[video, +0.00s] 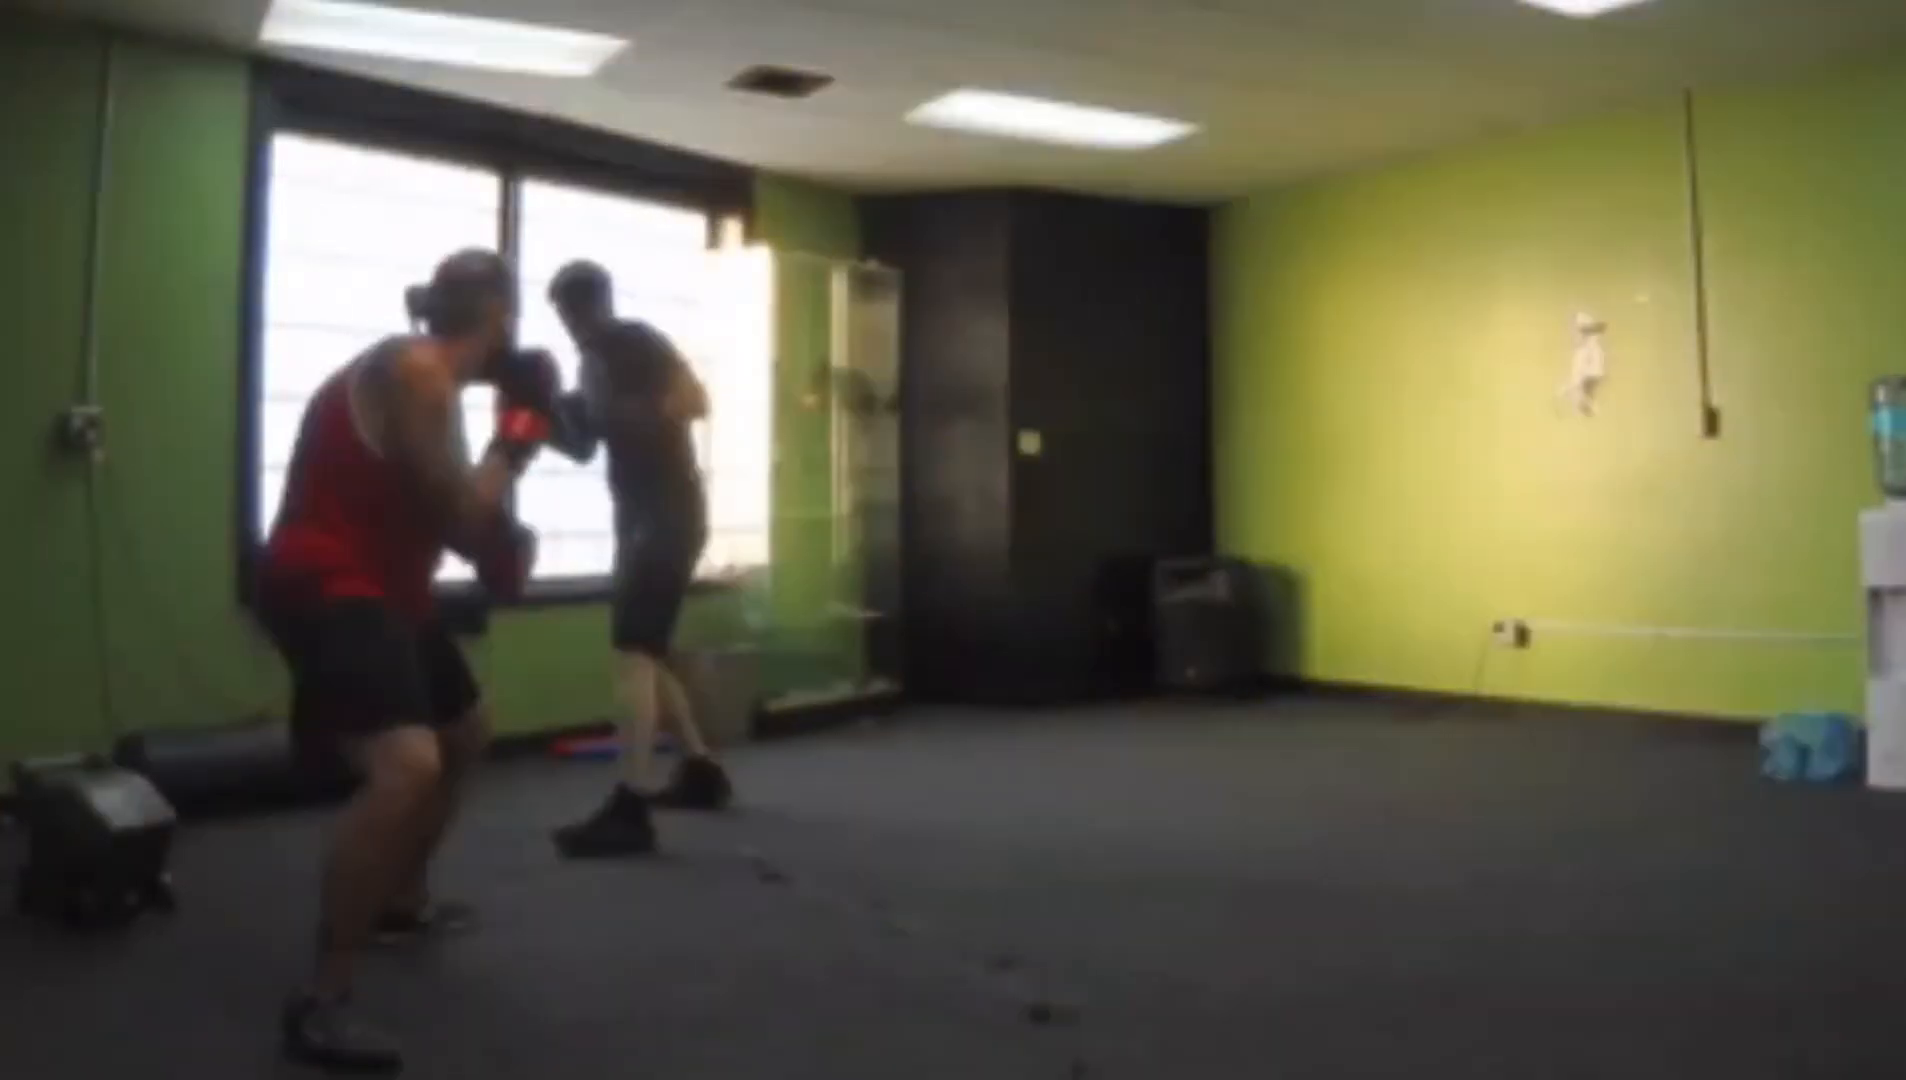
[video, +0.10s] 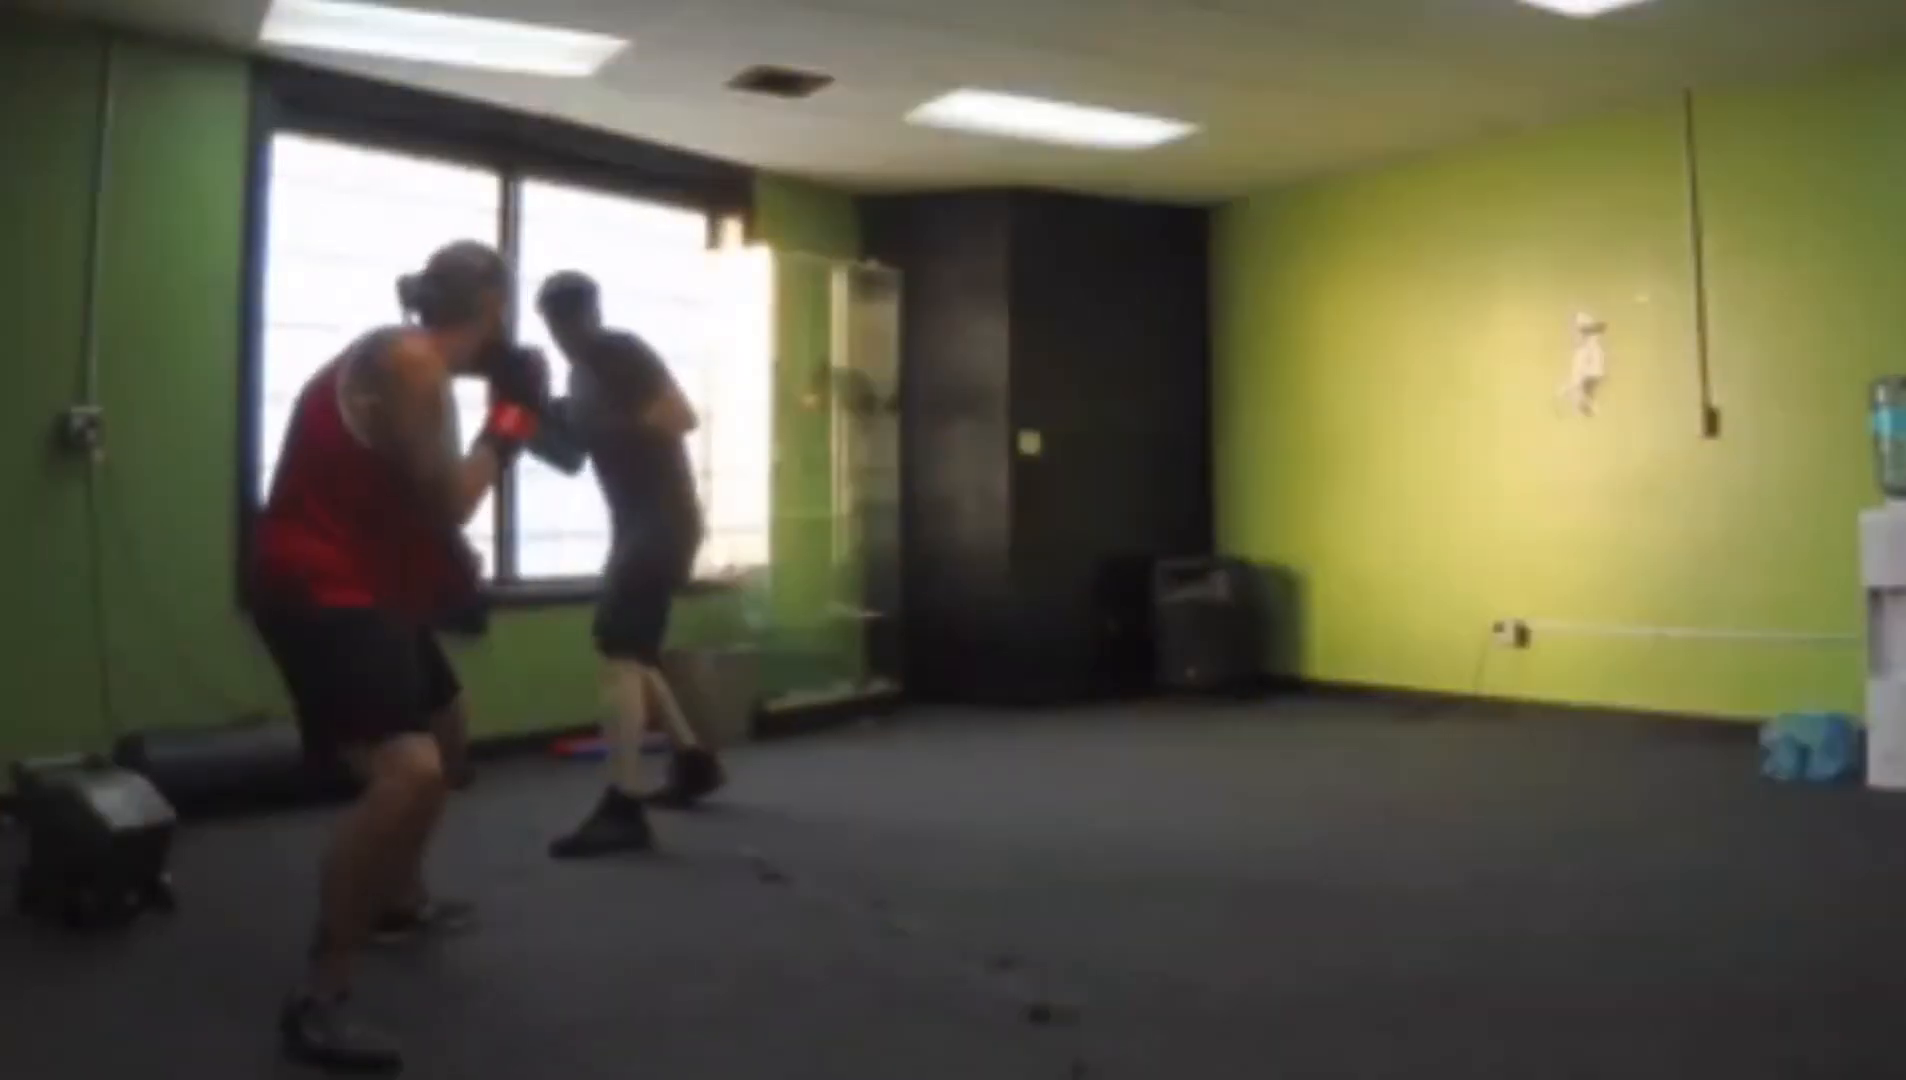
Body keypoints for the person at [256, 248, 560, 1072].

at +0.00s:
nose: (512, 336)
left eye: (510, 322)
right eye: (509, 320)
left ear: (443, 307)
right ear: (488, 318)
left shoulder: (415, 372)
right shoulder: (413, 369)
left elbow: (441, 502)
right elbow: (462, 513)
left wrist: (496, 546)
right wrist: (515, 437)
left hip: (383, 590)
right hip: (331, 588)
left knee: (459, 733)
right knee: (405, 767)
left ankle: (398, 900)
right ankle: (325, 1001)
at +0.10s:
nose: (506, 327)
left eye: (504, 313)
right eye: (503, 312)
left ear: (436, 298)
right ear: (481, 310)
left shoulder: (398, 358)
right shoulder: (407, 361)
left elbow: (425, 496)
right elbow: (446, 504)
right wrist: (505, 427)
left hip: (368, 588)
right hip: (321, 587)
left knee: (440, 732)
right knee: (405, 770)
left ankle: (397, 901)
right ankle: (322, 998)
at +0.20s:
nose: (495, 311)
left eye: (494, 295)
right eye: (490, 294)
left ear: (424, 279)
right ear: (462, 290)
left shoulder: (386, 336)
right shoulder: (406, 339)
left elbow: (405, 474)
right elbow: (446, 481)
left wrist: (433, 539)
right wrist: (497, 413)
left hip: (345, 580)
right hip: (330, 582)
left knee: (404, 753)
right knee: (400, 767)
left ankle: (391, 899)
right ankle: (321, 1001)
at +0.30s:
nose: (481, 293)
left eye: (479, 278)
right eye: (477, 277)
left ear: (403, 265)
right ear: (454, 271)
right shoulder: (411, 323)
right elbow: (462, 473)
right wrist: (491, 385)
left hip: (303, 573)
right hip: (341, 578)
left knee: (396, 753)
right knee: (394, 767)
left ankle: (388, 901)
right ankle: (321, 1001)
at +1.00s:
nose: (481, 274)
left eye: (480, 261)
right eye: (478, 259)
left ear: (408, 243)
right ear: (456, 253)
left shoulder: (351, 297)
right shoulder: (421, 305)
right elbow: (489, 428)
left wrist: (468, 331)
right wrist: (505, 356)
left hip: (294, 544)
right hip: (344, 554)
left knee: (394, 718)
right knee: (374, 734)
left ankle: (391, 894)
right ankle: (323, 960)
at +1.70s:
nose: (502, 289)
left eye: (503, 276)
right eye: (500, 274)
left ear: (448, 255)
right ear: (479, 265)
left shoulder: (415, 314)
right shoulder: (411, 307)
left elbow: (457, 404)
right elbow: (457, 423)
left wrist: (535, 399)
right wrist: (504, 369)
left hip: (389, 540)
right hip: (350, 535)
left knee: (420, 700)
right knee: (348, 718)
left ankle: (434, 862)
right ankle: (292, 918)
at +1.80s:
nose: (489, 284)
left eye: (492, 273)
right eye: (488, 270)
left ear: (430, 249)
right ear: (464, 259)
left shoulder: (404, 321)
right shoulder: (393, 305)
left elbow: (403, 434)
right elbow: (450, 415)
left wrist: (460, 471)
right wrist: (500, 352)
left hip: (386, 549)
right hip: (348, 546)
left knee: (410, 711)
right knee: (330, 728)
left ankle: (433, 863)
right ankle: (295, 922)